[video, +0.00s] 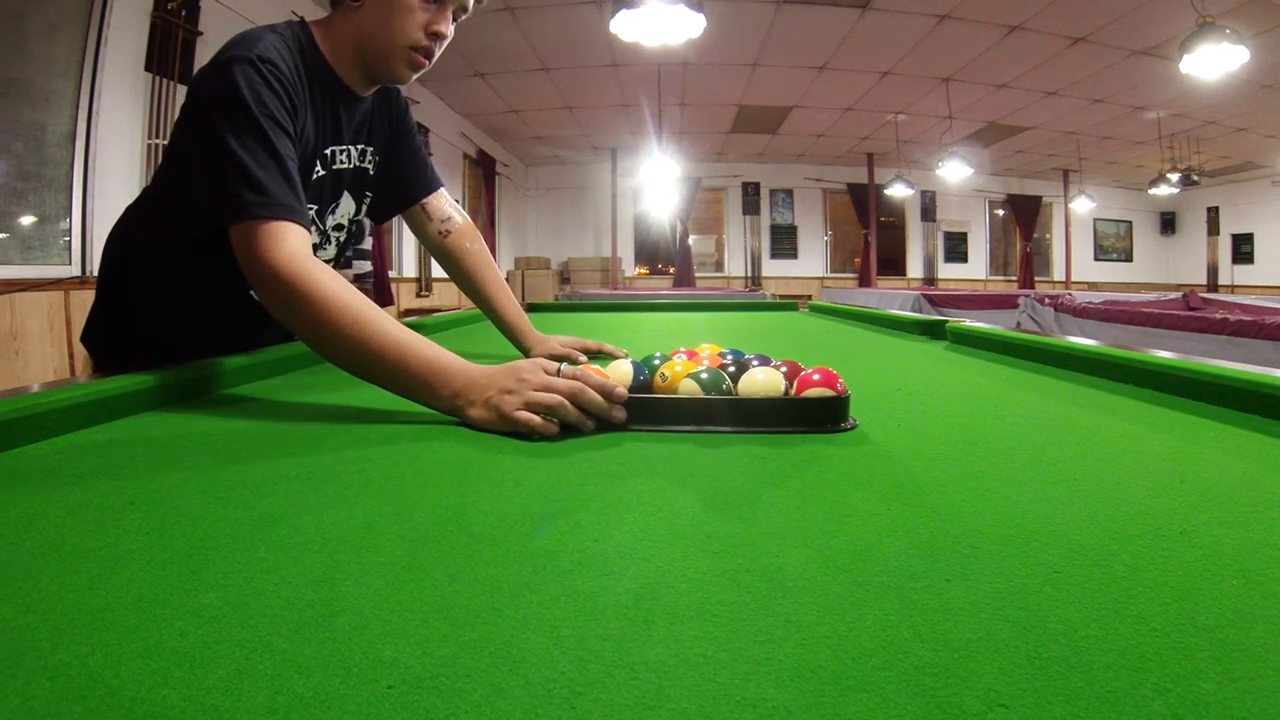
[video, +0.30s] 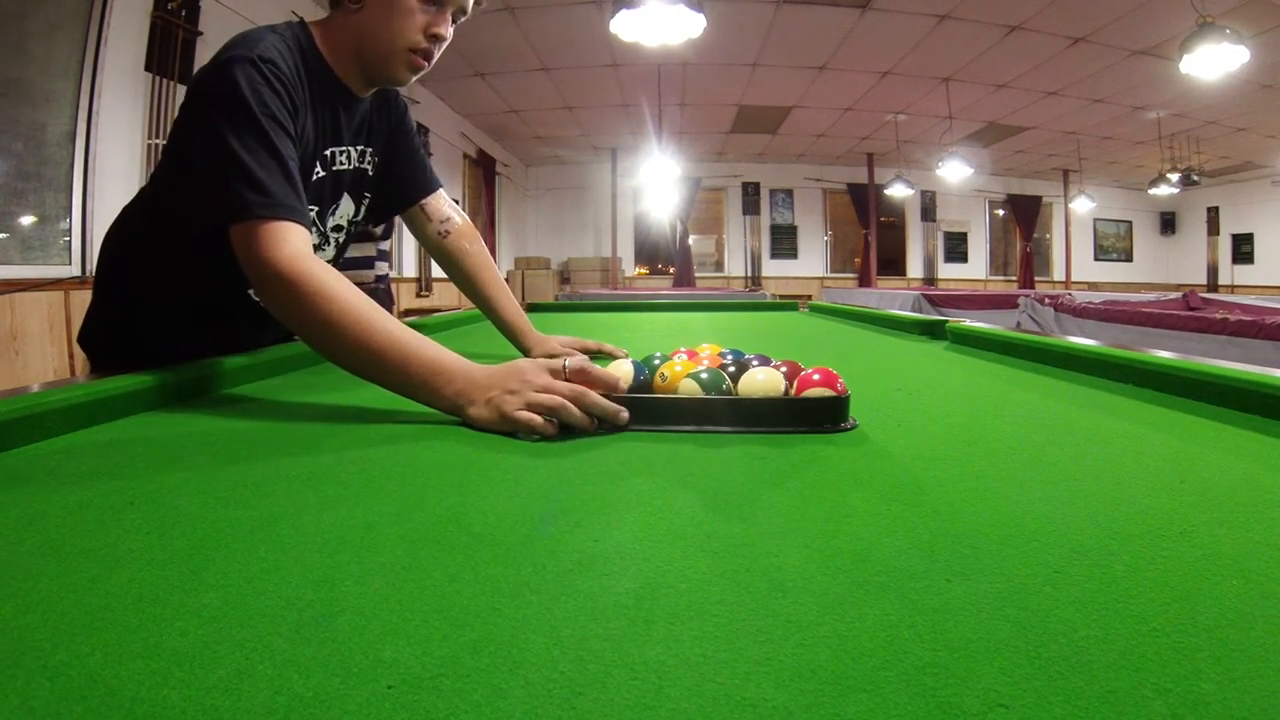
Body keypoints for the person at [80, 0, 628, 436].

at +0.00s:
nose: (444, 29)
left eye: (454, 13)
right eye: (431, 1)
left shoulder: (385, 101)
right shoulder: (256, 69)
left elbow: (444, 225)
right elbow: (278, 266)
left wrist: (527, 334)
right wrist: (468, 384)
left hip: (271, 342)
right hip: (158, 347)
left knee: (252, 531)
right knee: (147, 541)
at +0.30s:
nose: (443, 31)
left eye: (453, 15)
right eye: (429, 4)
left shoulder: (384, 102)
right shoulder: (255, 71)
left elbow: (444, 225)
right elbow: (279, 268)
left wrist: (529, 337)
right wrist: (468, 384)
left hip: (265, 337)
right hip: (155, 343)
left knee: (247, 528)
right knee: (143, 538)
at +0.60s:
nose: (441, 34)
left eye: (452, 18)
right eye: (428, 5)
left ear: (454, 27)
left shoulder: (383, 104)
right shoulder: (255, 72)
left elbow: (442, 225)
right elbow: (278, 267)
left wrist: (529, 337)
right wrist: (467, 384)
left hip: (261, 337)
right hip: (151, 342)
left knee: (241, 528)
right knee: (139, 538)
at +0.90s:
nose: (441, 34)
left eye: (451, 20)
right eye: (427, 6)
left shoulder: (382, 104)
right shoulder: (254, 72)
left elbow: (441, 225)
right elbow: (277, 267)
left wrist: (528, 337)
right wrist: (465, 384)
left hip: (261, 336)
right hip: (151, 341)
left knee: (241, 527)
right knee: (138, 537)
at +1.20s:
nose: (443, 35)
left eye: (453, 21)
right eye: (429, 7)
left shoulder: (382, 105)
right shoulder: (255, 76)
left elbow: (444, 227)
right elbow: (273, 273)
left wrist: (530, 345)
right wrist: (457, 384)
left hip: (260, 339)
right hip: (150, 343)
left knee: (238, 528)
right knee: (135, 537)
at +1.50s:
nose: (452, 37)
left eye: (460, 22)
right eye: (437, 10)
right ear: (359, 3)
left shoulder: (387, 108)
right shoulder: (266, 78)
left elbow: (444, 224)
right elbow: (305, 247)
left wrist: (517, 320)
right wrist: (547, 319)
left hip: (254, 338)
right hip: (149, 337)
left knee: (241, 517)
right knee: (137, 528)